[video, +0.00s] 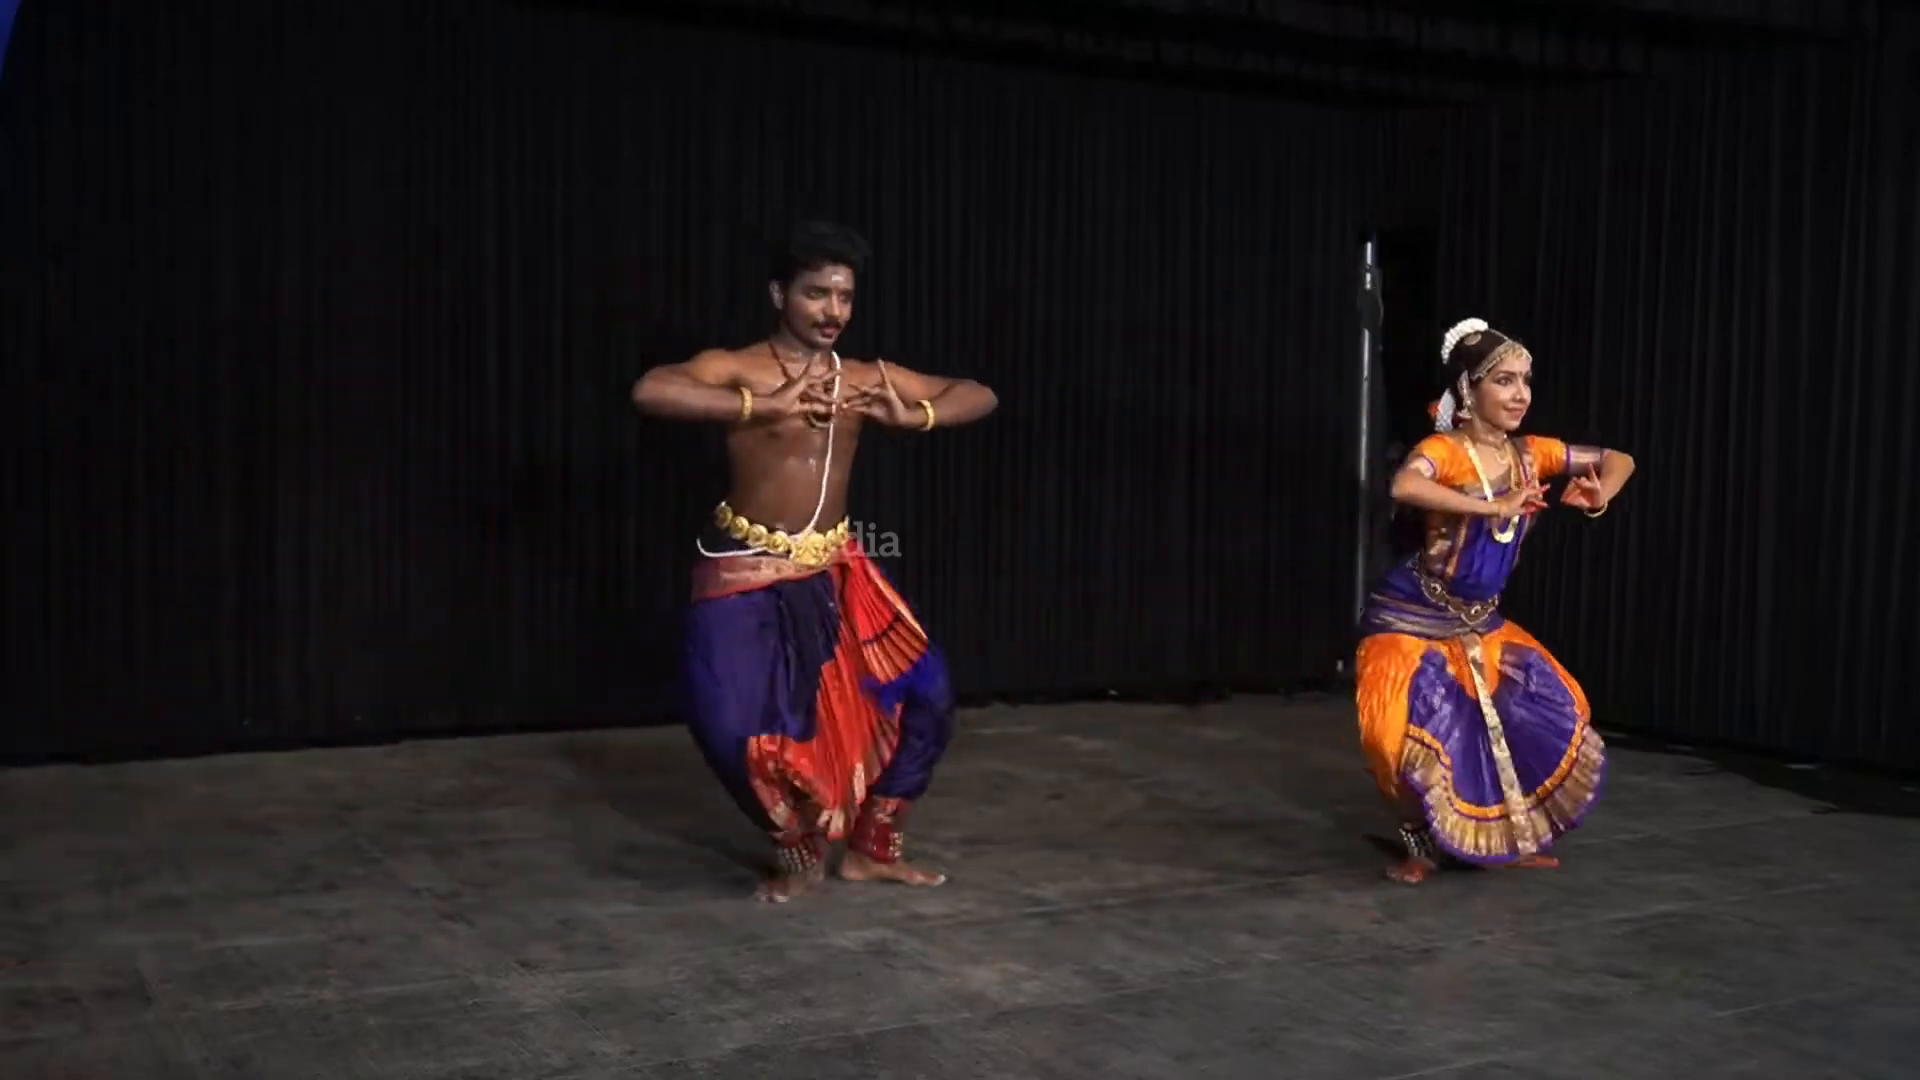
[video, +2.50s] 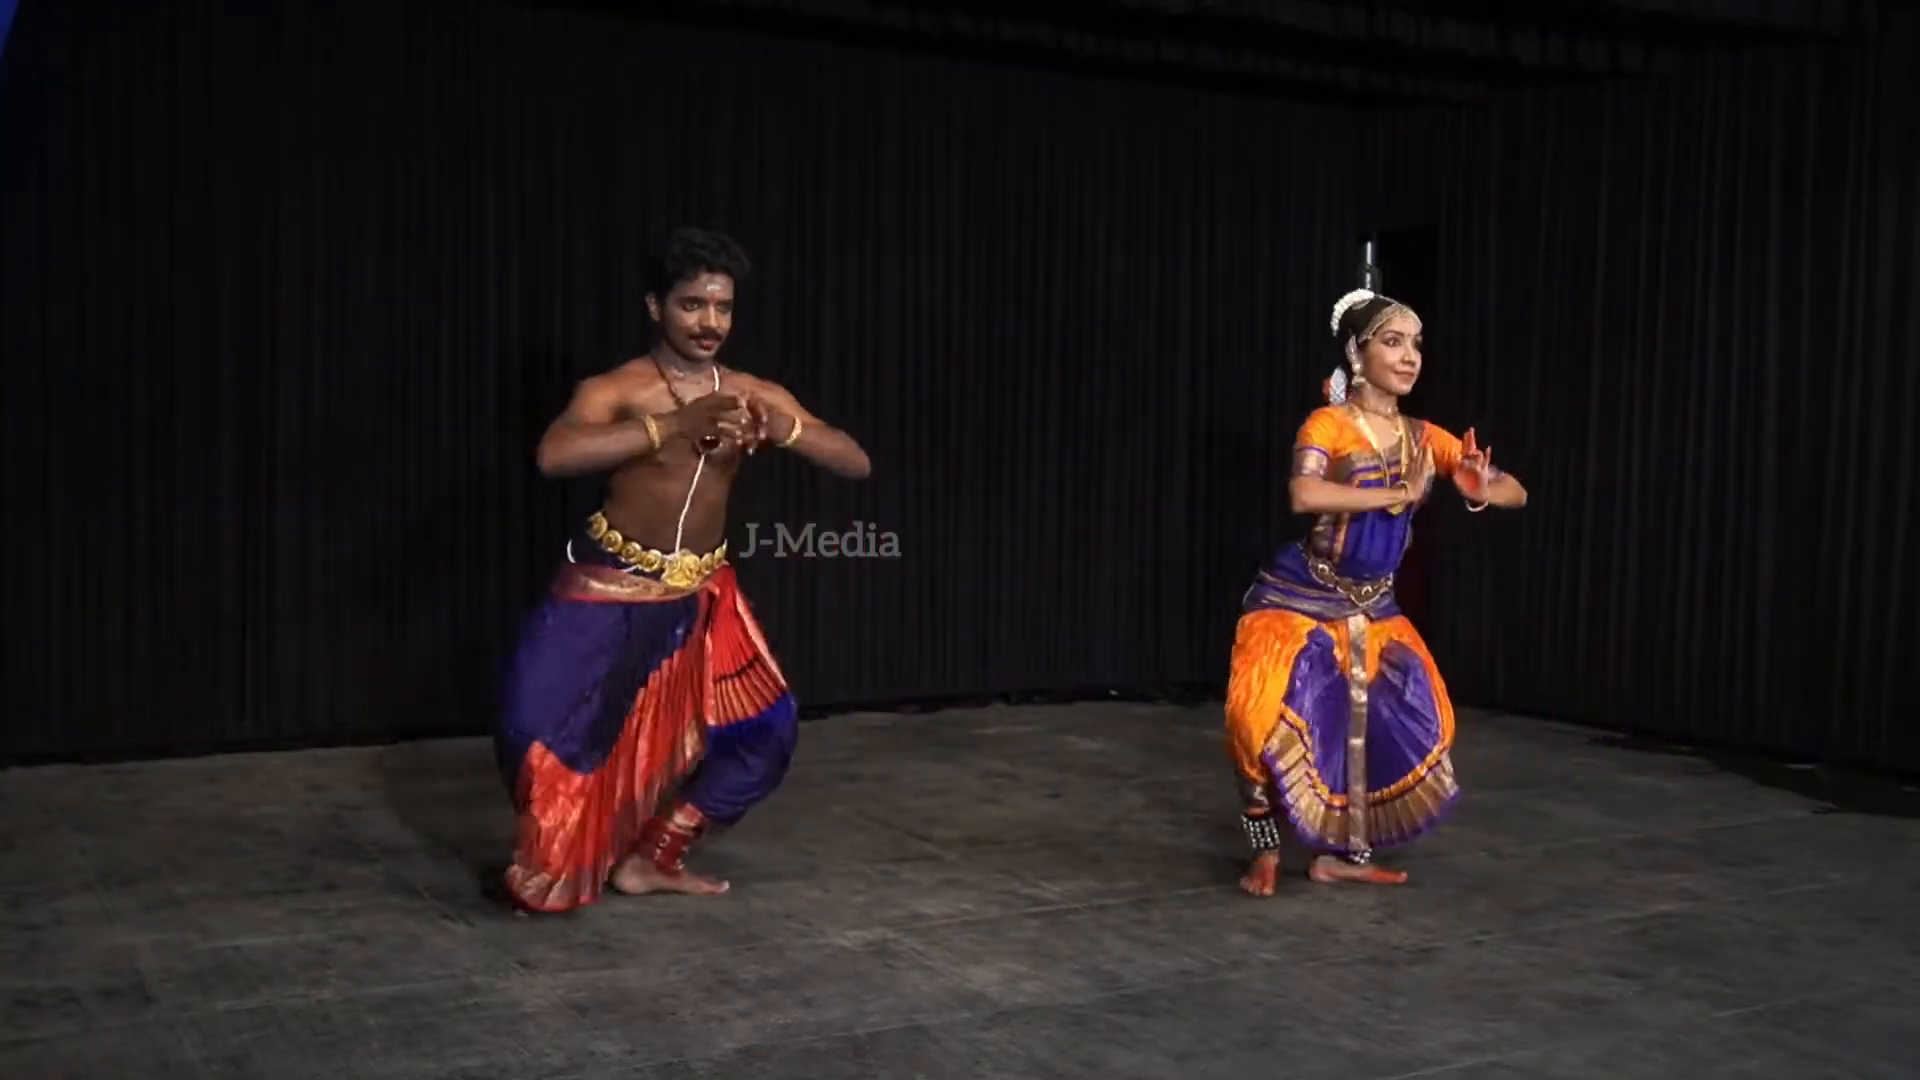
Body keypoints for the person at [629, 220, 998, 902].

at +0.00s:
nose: (833, 311)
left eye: (844, 296)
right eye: (818, 294)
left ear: (853, 301)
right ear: (780, 295)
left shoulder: (866, 377)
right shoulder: (738, 367)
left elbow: (982, 397)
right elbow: (650, 392)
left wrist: (916, 415)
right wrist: (762, 406)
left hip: (834, 570)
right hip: (746, 573)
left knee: (928, 693)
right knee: (727, 725)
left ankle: (872, 847)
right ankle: (797, 854)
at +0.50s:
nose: (1199, 370)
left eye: (1199, 358)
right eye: (1190, 356)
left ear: (1168, 364)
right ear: (1147, 357)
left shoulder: (1182, 440)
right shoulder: (1080, 409)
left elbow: (1277, 444)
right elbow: (984, 423)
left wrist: (1365, 438)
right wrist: (892, 421)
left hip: (1129, 597)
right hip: (1050, 586)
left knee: (1223, 671)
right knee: (951, 688)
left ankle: (1227, 809)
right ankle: (900, 822)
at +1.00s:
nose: (1288, 396)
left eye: (1289, 385)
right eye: (1286, 382)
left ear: (1261, 383)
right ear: (1255, 377)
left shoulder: (1265, 452)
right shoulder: (1184, 410)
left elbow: (1354, 444)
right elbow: (1102, 423)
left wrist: (1435, 423)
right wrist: (1021, 403)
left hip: (1197, 591)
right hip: (1134, 583)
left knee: (1294, 673)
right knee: (1158, 732)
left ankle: (1229, 799)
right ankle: (1221, 788)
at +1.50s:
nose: (1118, 338)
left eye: (1119, 324)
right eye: (1105, 325)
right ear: (1064, 328)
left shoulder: (1114, 404)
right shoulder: (1016, 388)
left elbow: (1215, 429)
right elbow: (950, 406)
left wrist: (1173, 448)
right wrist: (1044, 434)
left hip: (1066, 573)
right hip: (986, 571)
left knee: (1169, 670)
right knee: (920, 681)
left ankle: (1164, 814)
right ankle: (909, 828)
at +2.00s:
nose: (831, 281)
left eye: (841, 268)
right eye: (815, 266)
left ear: (849, 277)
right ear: (776, 273)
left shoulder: (864, 359)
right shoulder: (740, 345)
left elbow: (979, 384)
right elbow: (656, 367)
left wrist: (915, 405)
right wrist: (759, 389)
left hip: (804, 557)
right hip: (721, 549)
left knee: (781, 709)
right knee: (682, 695)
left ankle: (654, 830)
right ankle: (778, 828)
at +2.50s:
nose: (710, 322)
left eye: (723, 307)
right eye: (694, 305)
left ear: (734, 314)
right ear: (657, 309)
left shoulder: (753, 394)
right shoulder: (617, 390)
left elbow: (858, 464)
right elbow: (554, 455)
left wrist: (786, 431)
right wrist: (671, 424)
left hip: (703, 595)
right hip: (610, 588)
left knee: (767, 732)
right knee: (534, 720)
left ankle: (651, 859)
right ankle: (550, 855)